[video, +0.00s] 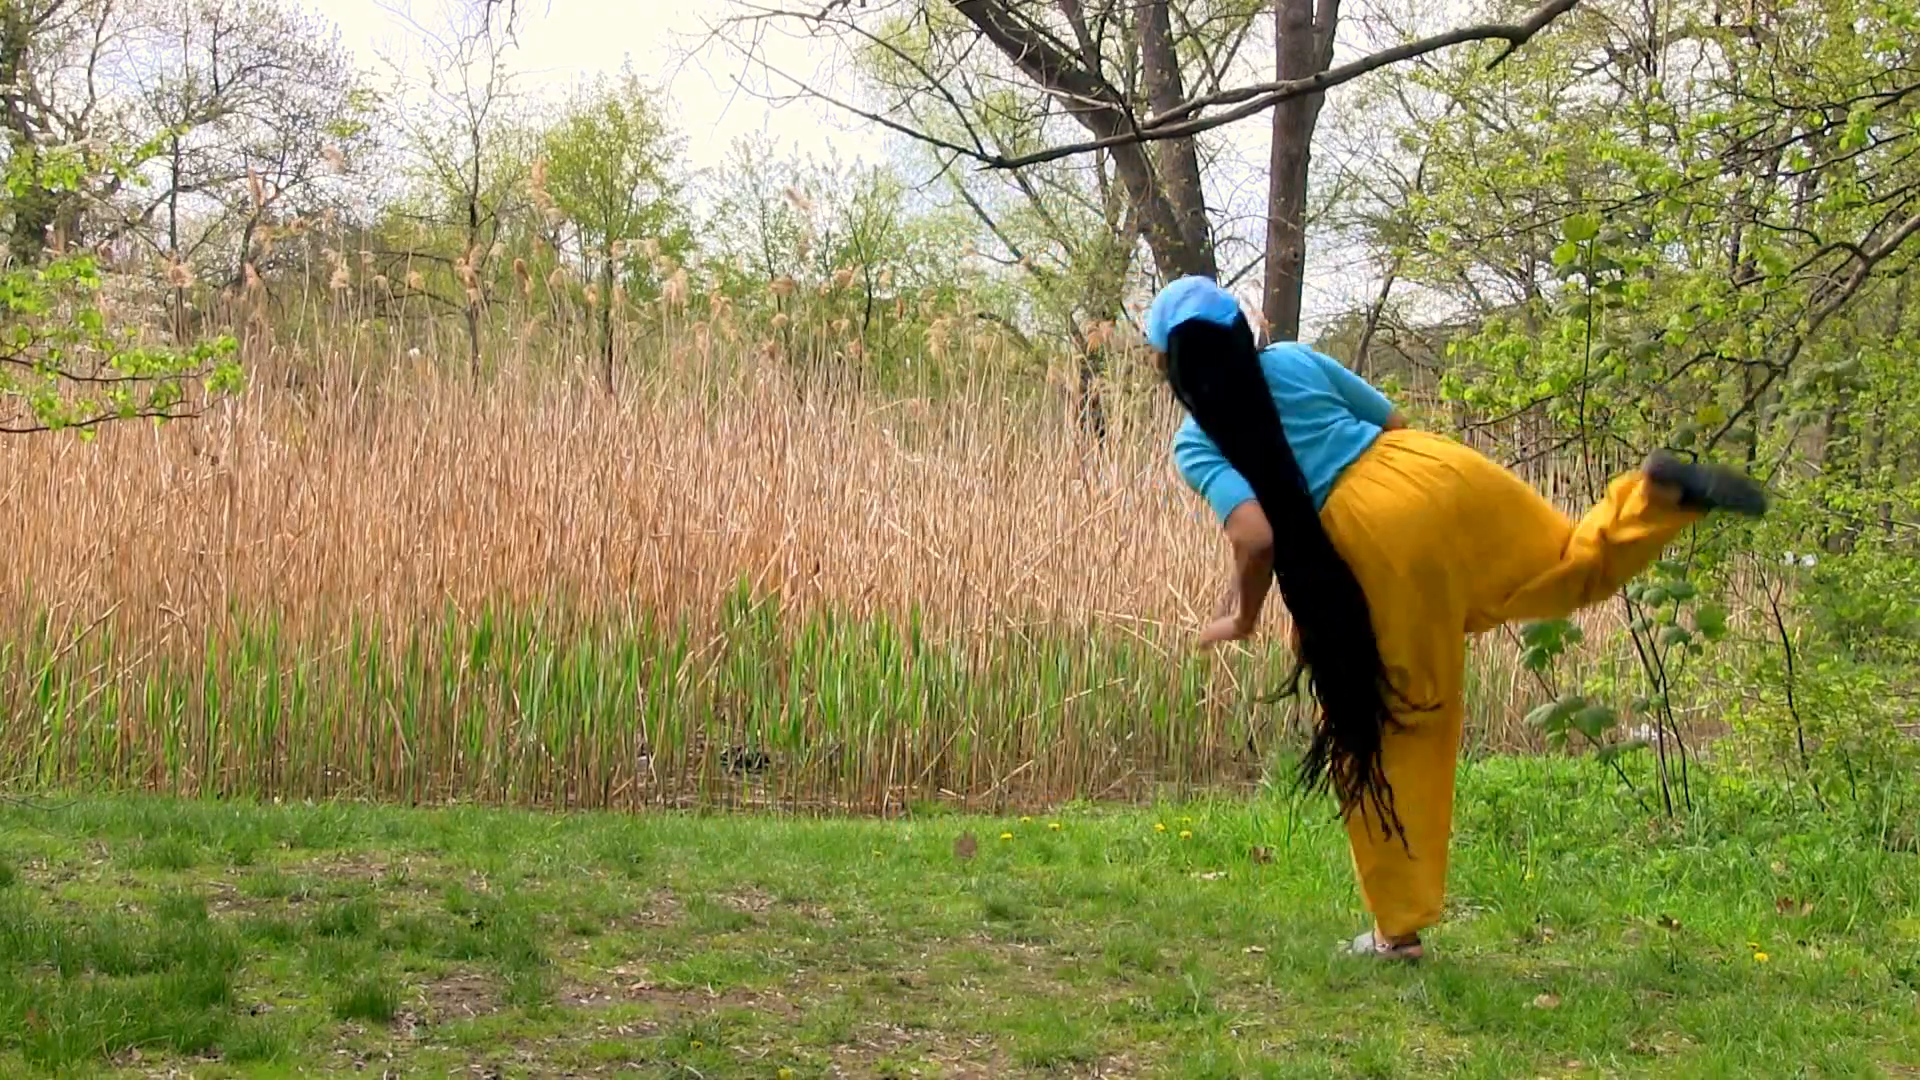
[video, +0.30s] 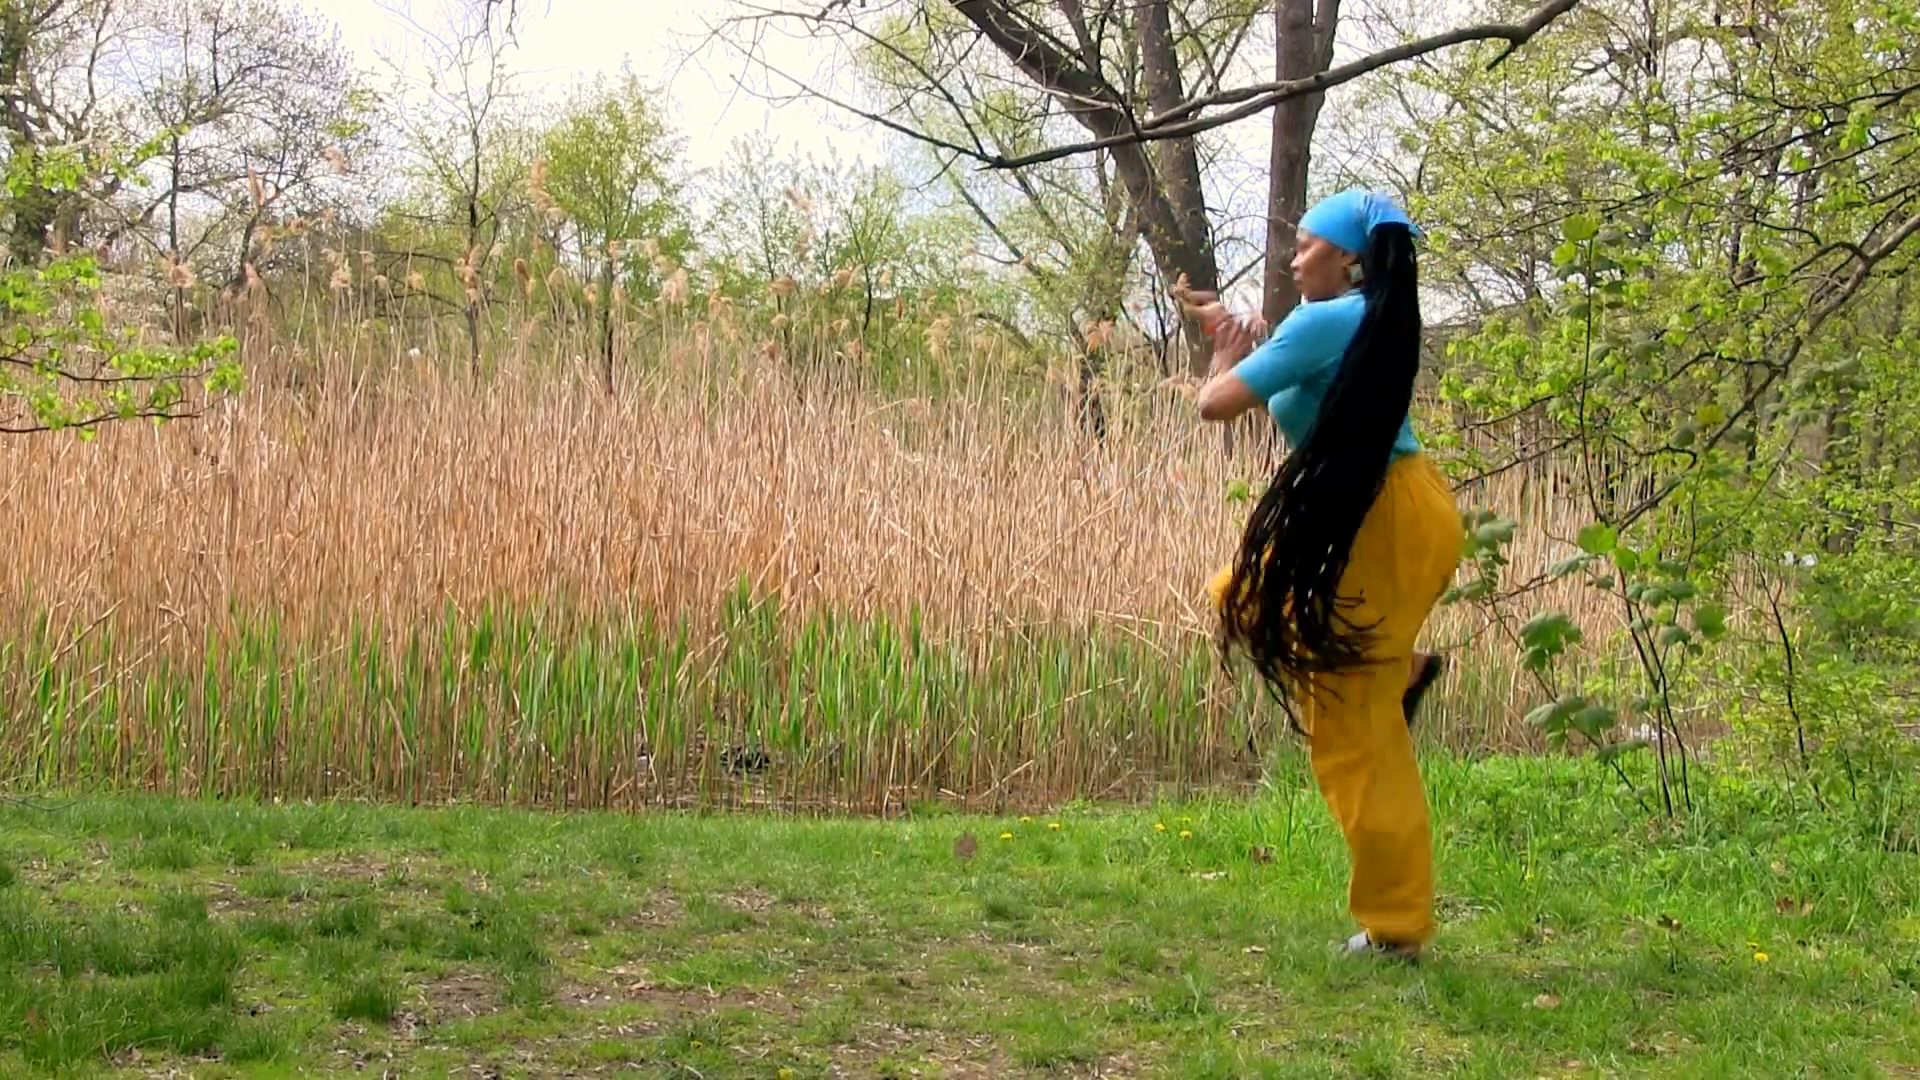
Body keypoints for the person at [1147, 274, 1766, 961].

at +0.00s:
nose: (1157, 364)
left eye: (1157, 352)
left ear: (1169, 362)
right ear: (1242, 330)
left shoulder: (1194, 438)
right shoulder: (1297, 358)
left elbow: (1254, 529)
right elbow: (1383, 414)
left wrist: (1242, 615)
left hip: (1358, 533)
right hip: (1421, 464)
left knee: (1385, 728)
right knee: (1569, 568)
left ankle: (1399, 930)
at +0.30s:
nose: (1297, 256)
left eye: (1310, 246)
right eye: (1300, 243)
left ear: (1348, 258)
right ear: (1351, 260)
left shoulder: (1321, 323)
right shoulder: (1370, 320)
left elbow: (1217, 401)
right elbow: (1285, 380)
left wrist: (1219, 366)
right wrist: (1230, 332)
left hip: (1381, 520)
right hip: (1416, 505)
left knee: (1353, 723)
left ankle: (1395, 928)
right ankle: (1393, 672)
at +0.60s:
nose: (1325, 285)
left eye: (1340, 274)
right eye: (1328, 271)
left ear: (1386, 286)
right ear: (1355, 282)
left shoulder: (1432, 367)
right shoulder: (1327, 348)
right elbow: (1265, 450)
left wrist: (1301, 424)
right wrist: (1198, 492)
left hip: (1364, 570)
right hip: (1275, 532)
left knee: (1345, 744)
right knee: (1136, 600)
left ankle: (1364, 914)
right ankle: (1134, 765)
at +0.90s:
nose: (1276, 343)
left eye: (1292, 334)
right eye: (1279, 330)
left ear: (1339, 352)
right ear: (1286, 335)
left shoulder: (1390, 431)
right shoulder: (1259, 395)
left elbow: (1503, 470)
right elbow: (1178, 452)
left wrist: (1455, 397)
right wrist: (1128, 455)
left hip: (1325, 601)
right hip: (1219, 586)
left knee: (1346, 771)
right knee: (1149, 737)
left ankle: (1363, 925)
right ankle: (1150, 861)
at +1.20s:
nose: (1127, 278)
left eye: (1142, 267)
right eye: (1126, 266)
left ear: (1181, 287)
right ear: (1125, 280)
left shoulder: (1215, 358)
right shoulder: (1107, 332)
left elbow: (1266, 364)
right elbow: (1051, 309)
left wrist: (1188, 302)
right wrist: (1103, 239)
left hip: (1162, 551)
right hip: (1059, 526)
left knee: (1197, 737)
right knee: (960, 685)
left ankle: (1143, 872)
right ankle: (869, 844)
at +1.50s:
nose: (950, 319)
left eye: (967, 308)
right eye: (953, 308)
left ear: (1012, 322)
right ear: (962, 322)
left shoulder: (1042, 369)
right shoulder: (952, 415)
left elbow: (945, 349)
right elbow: (891, 489)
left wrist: (903, 325)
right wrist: (826, 448)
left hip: (1030, 578)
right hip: (941, 578)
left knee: (1021, 757)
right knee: (869, 727)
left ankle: (1099, 888)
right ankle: (850, 895)